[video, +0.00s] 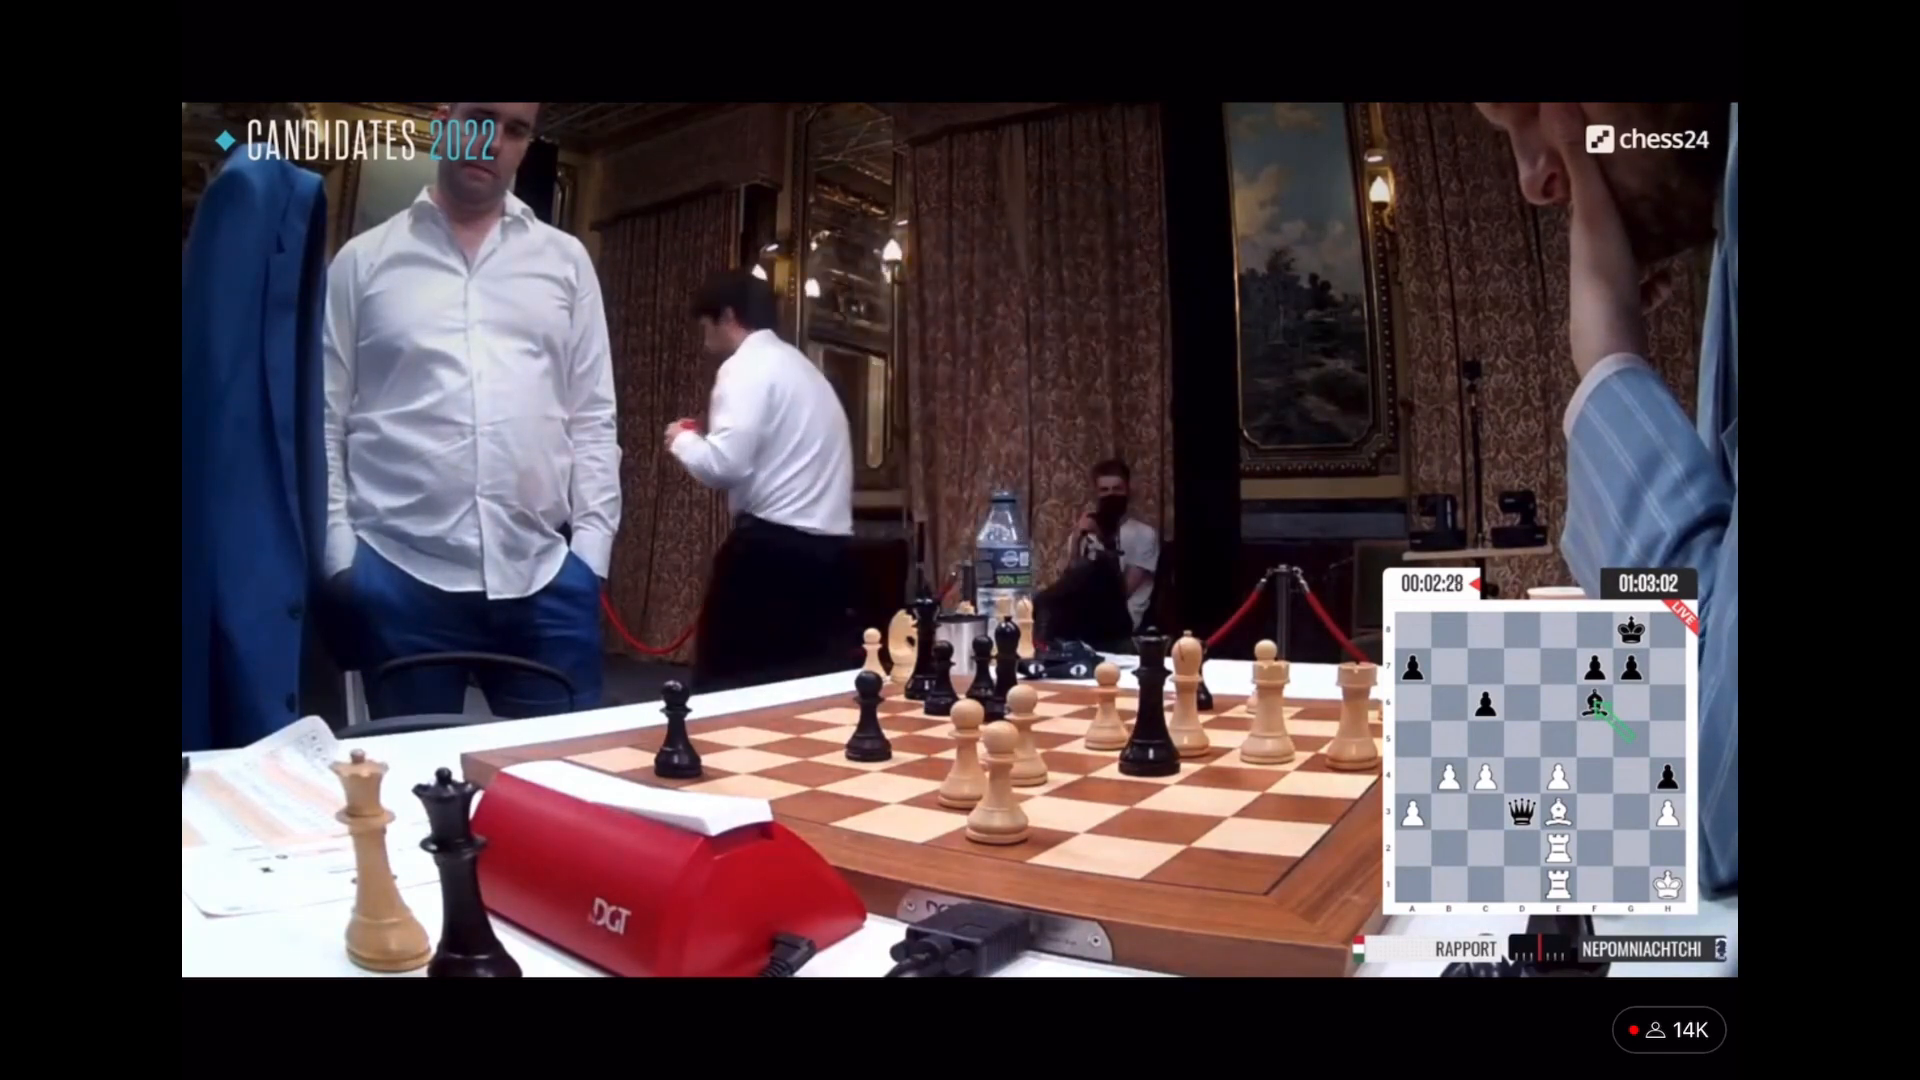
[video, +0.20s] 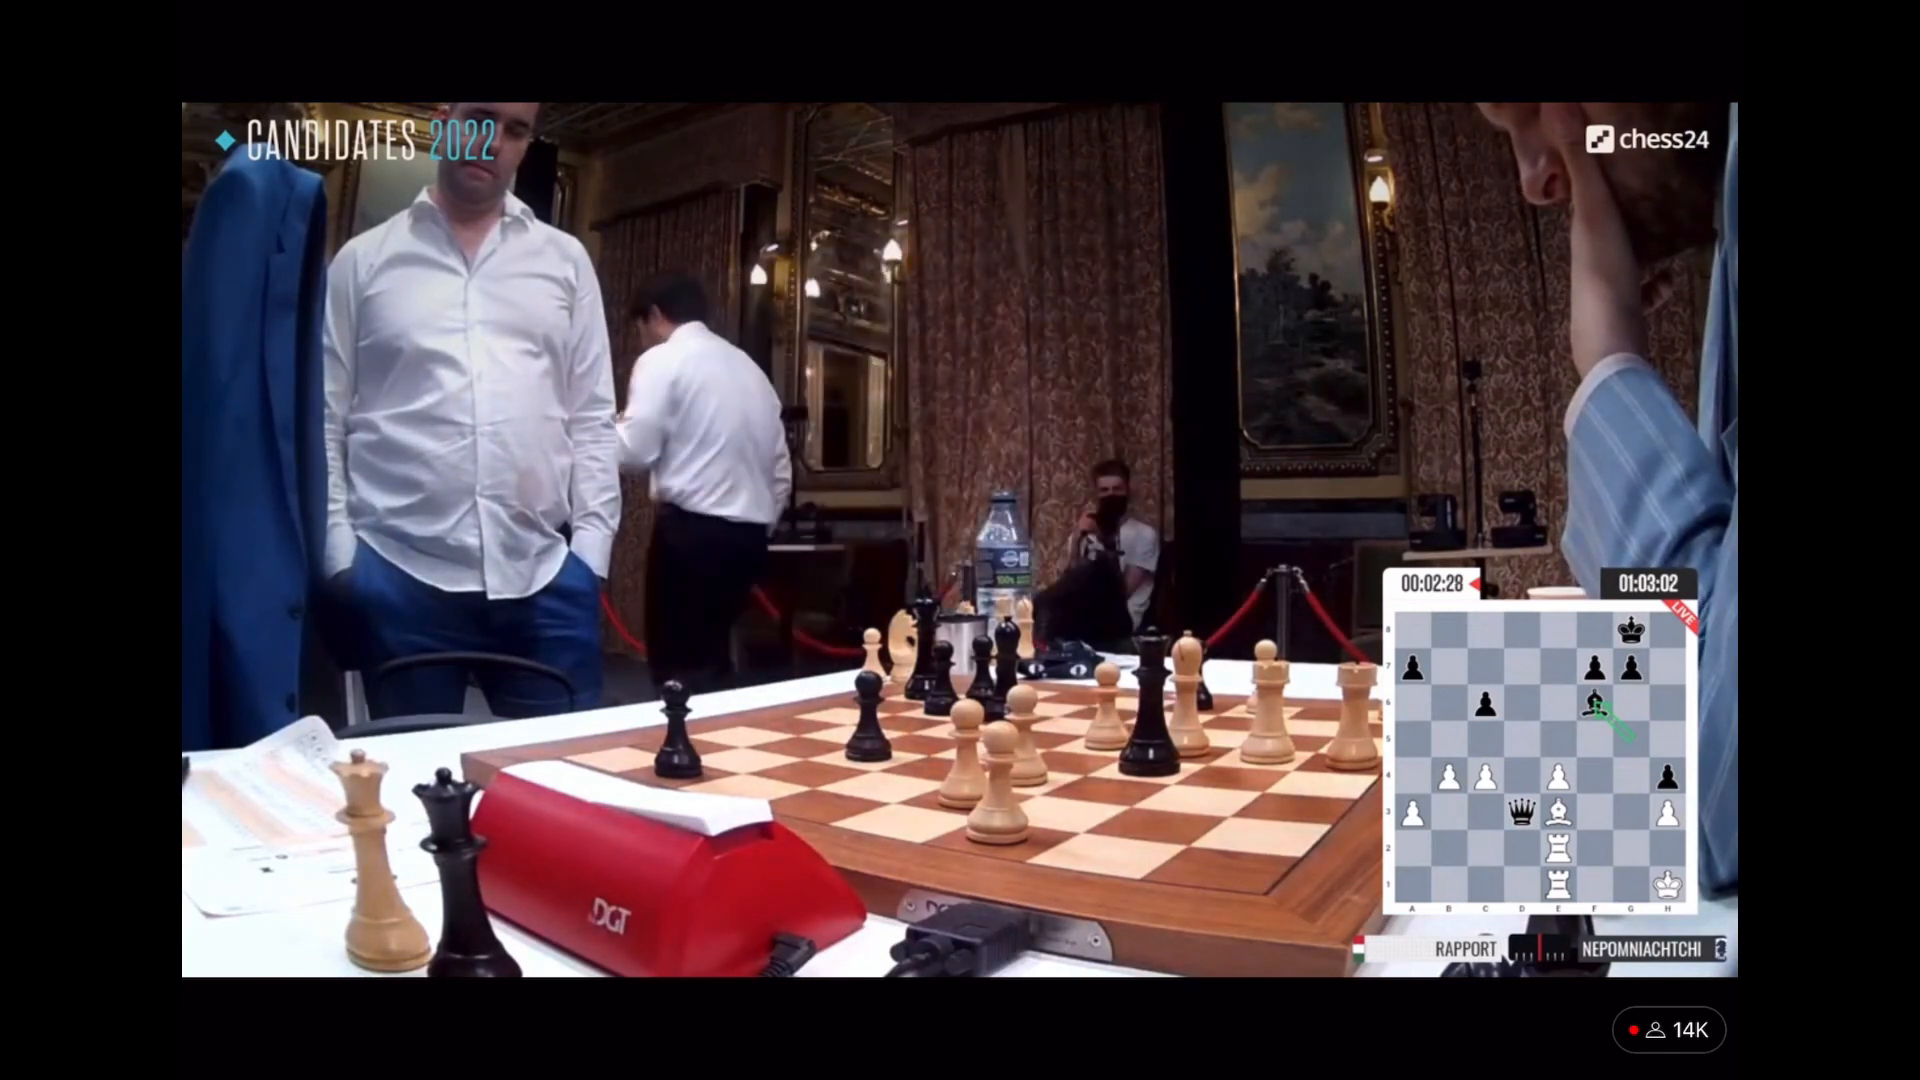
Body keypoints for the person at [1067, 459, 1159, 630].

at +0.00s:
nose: (1110, 496)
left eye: (1117, 489)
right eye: (1104, 490)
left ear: (1127, 491)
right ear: (1096, 493)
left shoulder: (1144, 536)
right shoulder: (1083, 535)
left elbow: (1125, 590)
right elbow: (1071, 583)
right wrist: (1076, 540)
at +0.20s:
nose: (1110, 496)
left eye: (1117, 489)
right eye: (1104, 490)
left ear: (1127, 491)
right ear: (1096, 493)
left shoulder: (1145, 536)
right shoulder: (1082, 536)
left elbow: (1125, 590)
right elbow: (1070, 584)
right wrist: (1077, 539)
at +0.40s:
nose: (1110, 495)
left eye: (1117, 489)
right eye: (1104, 490)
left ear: (1127, 491)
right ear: (1095, 493)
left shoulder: (1145, 536)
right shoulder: (1082, 536)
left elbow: (1125, 590)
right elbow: (1071, 583)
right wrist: (1077, 539)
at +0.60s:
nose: (1110, 495)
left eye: (1117, 489)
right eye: (1104, 490)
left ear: (1127, 491)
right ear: (1096, 493)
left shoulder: (1144, 536)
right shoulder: (1083, 536)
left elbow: (1126, 589)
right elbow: (1069, 581)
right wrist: (1077, 538)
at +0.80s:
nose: (1111, 495)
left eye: (1117, 489)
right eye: (1104, 490)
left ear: (1127, 491)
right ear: (1096, 493)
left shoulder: (1145, 536)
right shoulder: (1083, 537)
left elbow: (1126, 590)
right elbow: (1071, 582)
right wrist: (1076, 537)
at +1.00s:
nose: (1110, 495)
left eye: (1117, 489)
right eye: (1103, 490)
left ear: (1127, 491)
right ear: (1096, 493)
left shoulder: (1145, 536)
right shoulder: (1083, 536)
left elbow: (1126, 590)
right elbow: (1071, 582)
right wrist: (1076, 537)